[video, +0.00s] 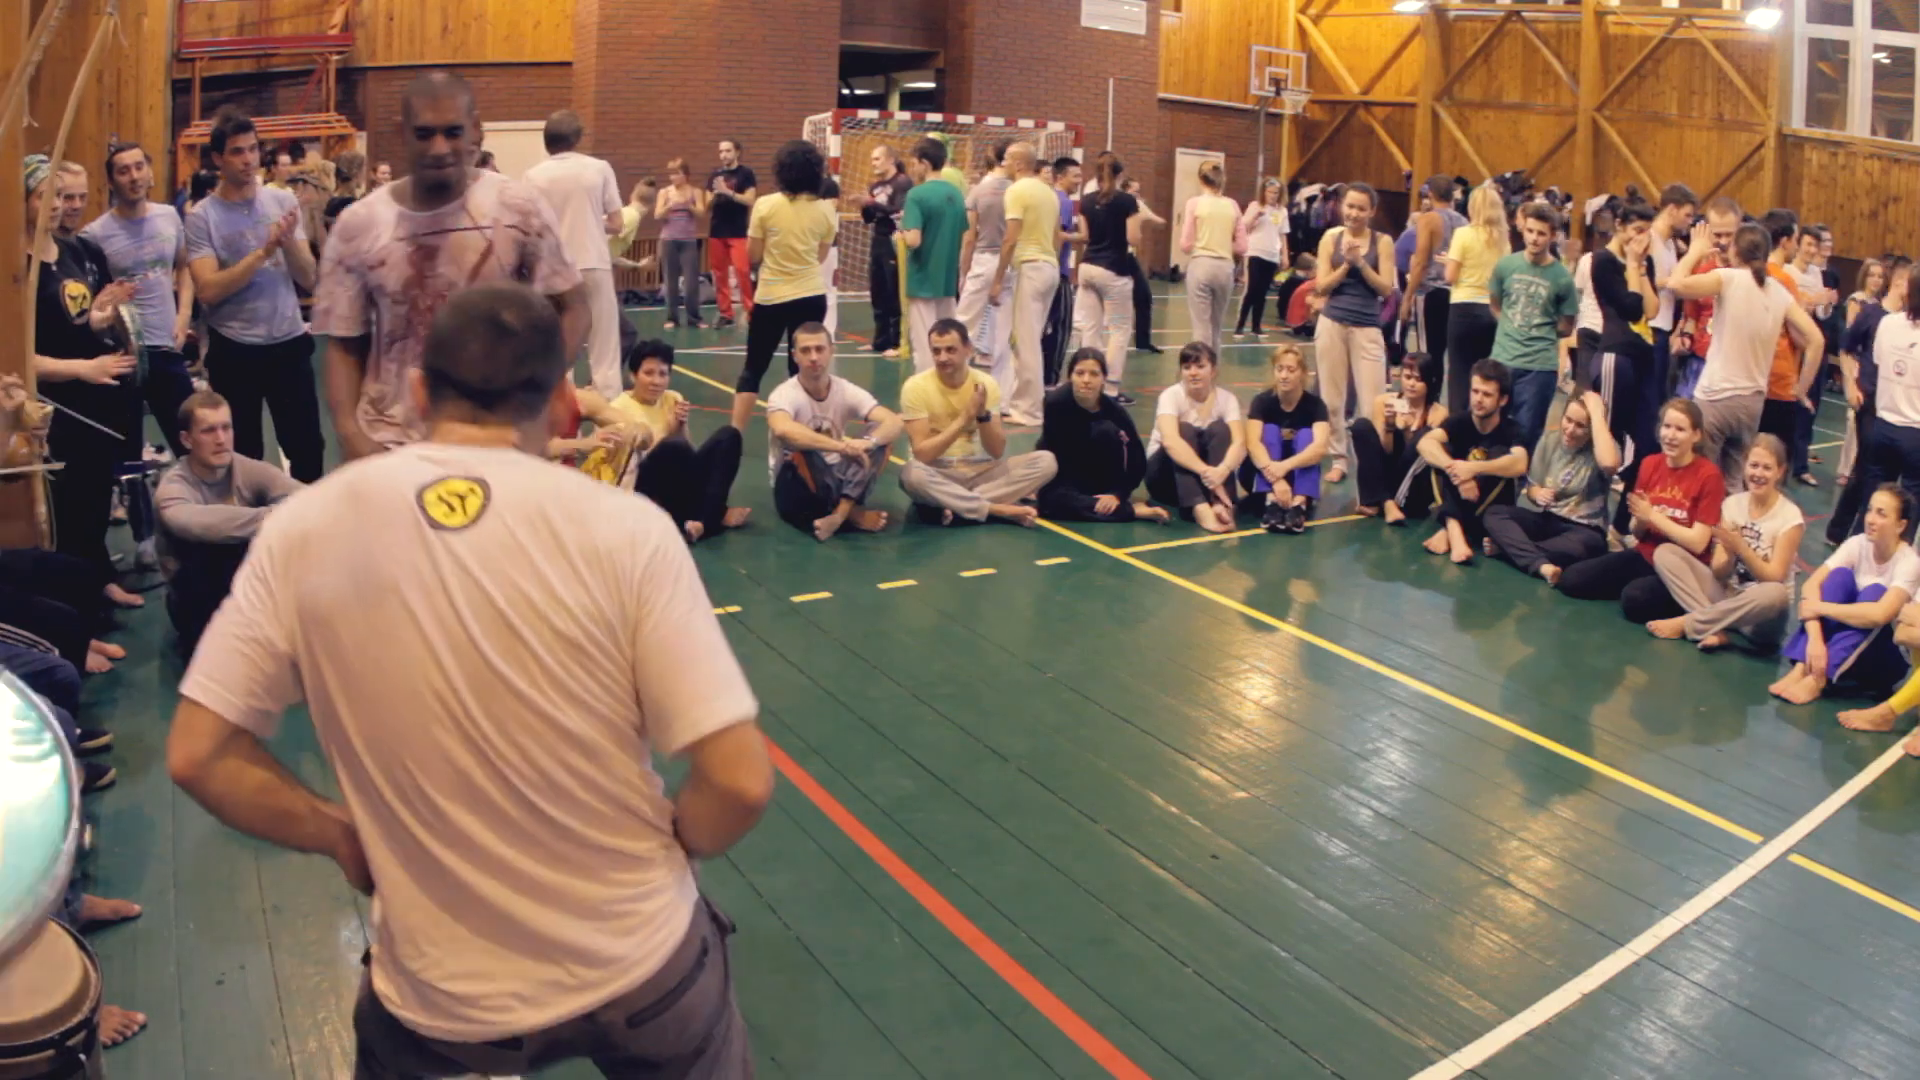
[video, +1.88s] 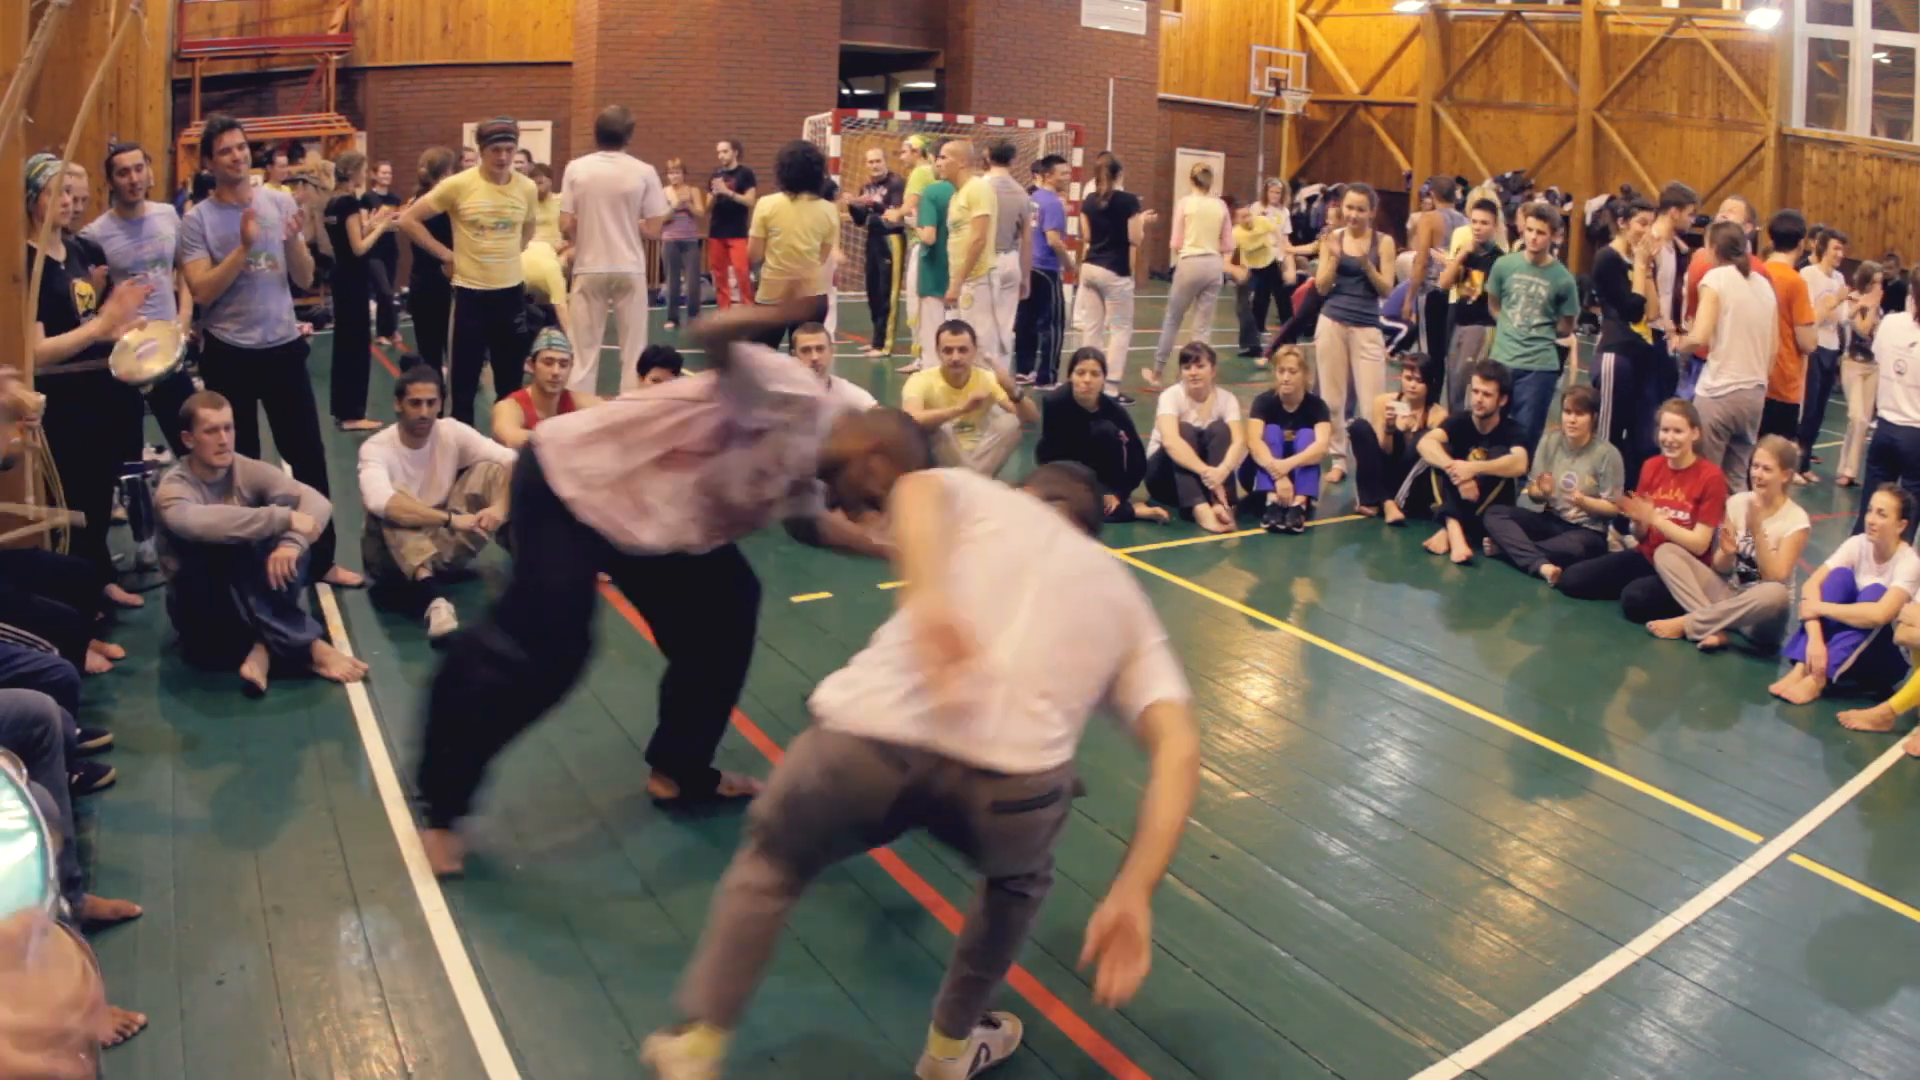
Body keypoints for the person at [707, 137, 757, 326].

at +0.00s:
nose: (723, 155)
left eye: (727, 151)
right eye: (721, 151)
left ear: (737, 152)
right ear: (718, 154)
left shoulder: (746, 173)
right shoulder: (715, 175)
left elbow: (750, 199)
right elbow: (708, 204)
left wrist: (727, 192)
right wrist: (715, 193)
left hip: (738, 232)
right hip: (717, 232)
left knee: (742, 271)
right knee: (719, 275)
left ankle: (750, 309)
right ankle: (725, 312)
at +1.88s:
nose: (721, 156)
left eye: (725, 151)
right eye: (719, 152)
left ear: (735, 152)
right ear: (717, 155)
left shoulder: (745, 173)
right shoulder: (716, 175)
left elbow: (750, 200)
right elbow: (708, 205)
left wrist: (727, 191)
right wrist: (714, 193)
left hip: (737, 232)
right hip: (717, 232)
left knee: (742, 271)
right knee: (718, 273)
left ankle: (748, 305)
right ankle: (723, 308)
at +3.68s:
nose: (751, 157)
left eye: (754, 153)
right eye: (748, 153)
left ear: (761, 154)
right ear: (743, 154)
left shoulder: (767, 174)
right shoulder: (734, 173)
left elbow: (771, 201)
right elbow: (727, 200)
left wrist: (754, 194)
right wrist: (741, 194)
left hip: (758, 231)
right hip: (735, 231)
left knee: (756, 272)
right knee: (729, 271)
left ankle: (754, 312)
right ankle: (726, 311)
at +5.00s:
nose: (744, 159)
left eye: (747, 155)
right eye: (741, 156)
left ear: (755, 154)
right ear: (737, 157)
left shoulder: (767, 173)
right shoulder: (733, 176)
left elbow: (776, 197)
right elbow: (721, 194)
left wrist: (769, 217)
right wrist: (728, 215)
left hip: (763, 229)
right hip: (740, 231)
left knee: (762, 272)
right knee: (742, 275)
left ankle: (764, 310)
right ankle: (746, 313)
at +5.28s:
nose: (748, 161)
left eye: (751, 157)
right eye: (744, 158)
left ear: (760, 154)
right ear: (741, 157)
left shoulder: (770, 175)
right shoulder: (735, 177)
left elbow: (778, 200)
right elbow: (726, 197)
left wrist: (774, 221)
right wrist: (729, 221)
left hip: (765, 229)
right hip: (742, 230)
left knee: (765, 272)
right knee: (742, 276)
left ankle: (765, 310)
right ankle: (746, 313)